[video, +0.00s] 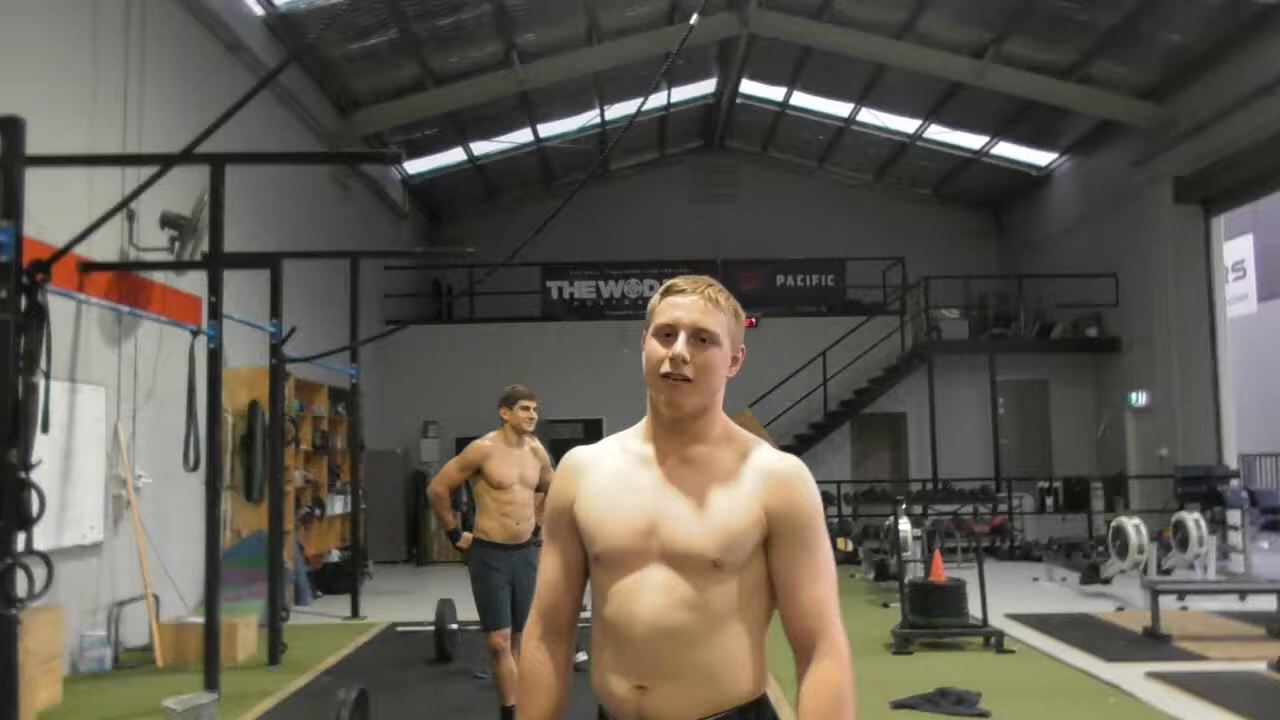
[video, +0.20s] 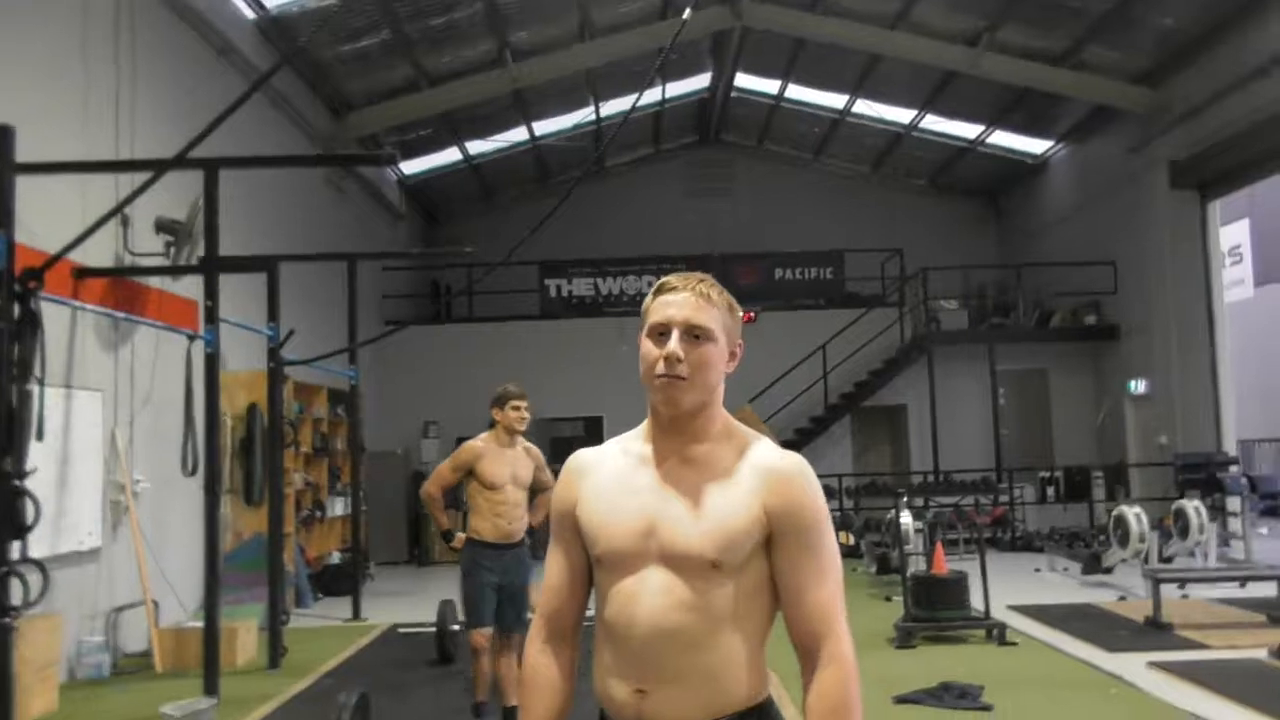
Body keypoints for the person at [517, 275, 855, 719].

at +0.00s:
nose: (678, 353)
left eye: (702, 339)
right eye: (666, 335)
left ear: (734, 361)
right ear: (644, 345)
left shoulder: (779, 480)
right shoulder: (582, 471)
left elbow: (821, 650)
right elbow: (547, 638)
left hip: (736, 710)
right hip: (616, 712)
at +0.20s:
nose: (671, 351)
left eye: (696, 336)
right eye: (659, 334)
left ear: (732, 356)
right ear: (640, 346)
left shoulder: (781, 478)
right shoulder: (585, 473)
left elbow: (827, 654)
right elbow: (551, 640)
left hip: (740, 711)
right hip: (617, 714)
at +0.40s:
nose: (644, 368)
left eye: (669, 353)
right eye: (631, 350)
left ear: (706, 373)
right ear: (612, 362)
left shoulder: (755, 500)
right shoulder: (553, 491)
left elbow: (790, 683)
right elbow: (520, 661)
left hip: (707, 709)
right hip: (583, 709)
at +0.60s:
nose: (652, 347)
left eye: (677, 333)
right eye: (637, 328)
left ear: (710, 354)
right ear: (614, 339)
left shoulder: (758, 484)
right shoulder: (545, 472)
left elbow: (793, 665)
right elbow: (507, 650)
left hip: (714, 711)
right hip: (581, 711)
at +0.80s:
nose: (649, 317)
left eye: (675, 304)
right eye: (634, 297)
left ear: (705, 329)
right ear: (606, 311)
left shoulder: (753, 462)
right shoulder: (531, 449)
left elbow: (789, 651)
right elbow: (489, 632)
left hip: (702, 711)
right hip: (565, 713)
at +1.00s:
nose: (628, 297)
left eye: (655, 284)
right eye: (612, 276)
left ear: (685, 312)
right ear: (582, 293)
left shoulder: (734, 452)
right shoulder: (504, 438)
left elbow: (779, 650)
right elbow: (461, 627)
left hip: (686, 711)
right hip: (541, 712)